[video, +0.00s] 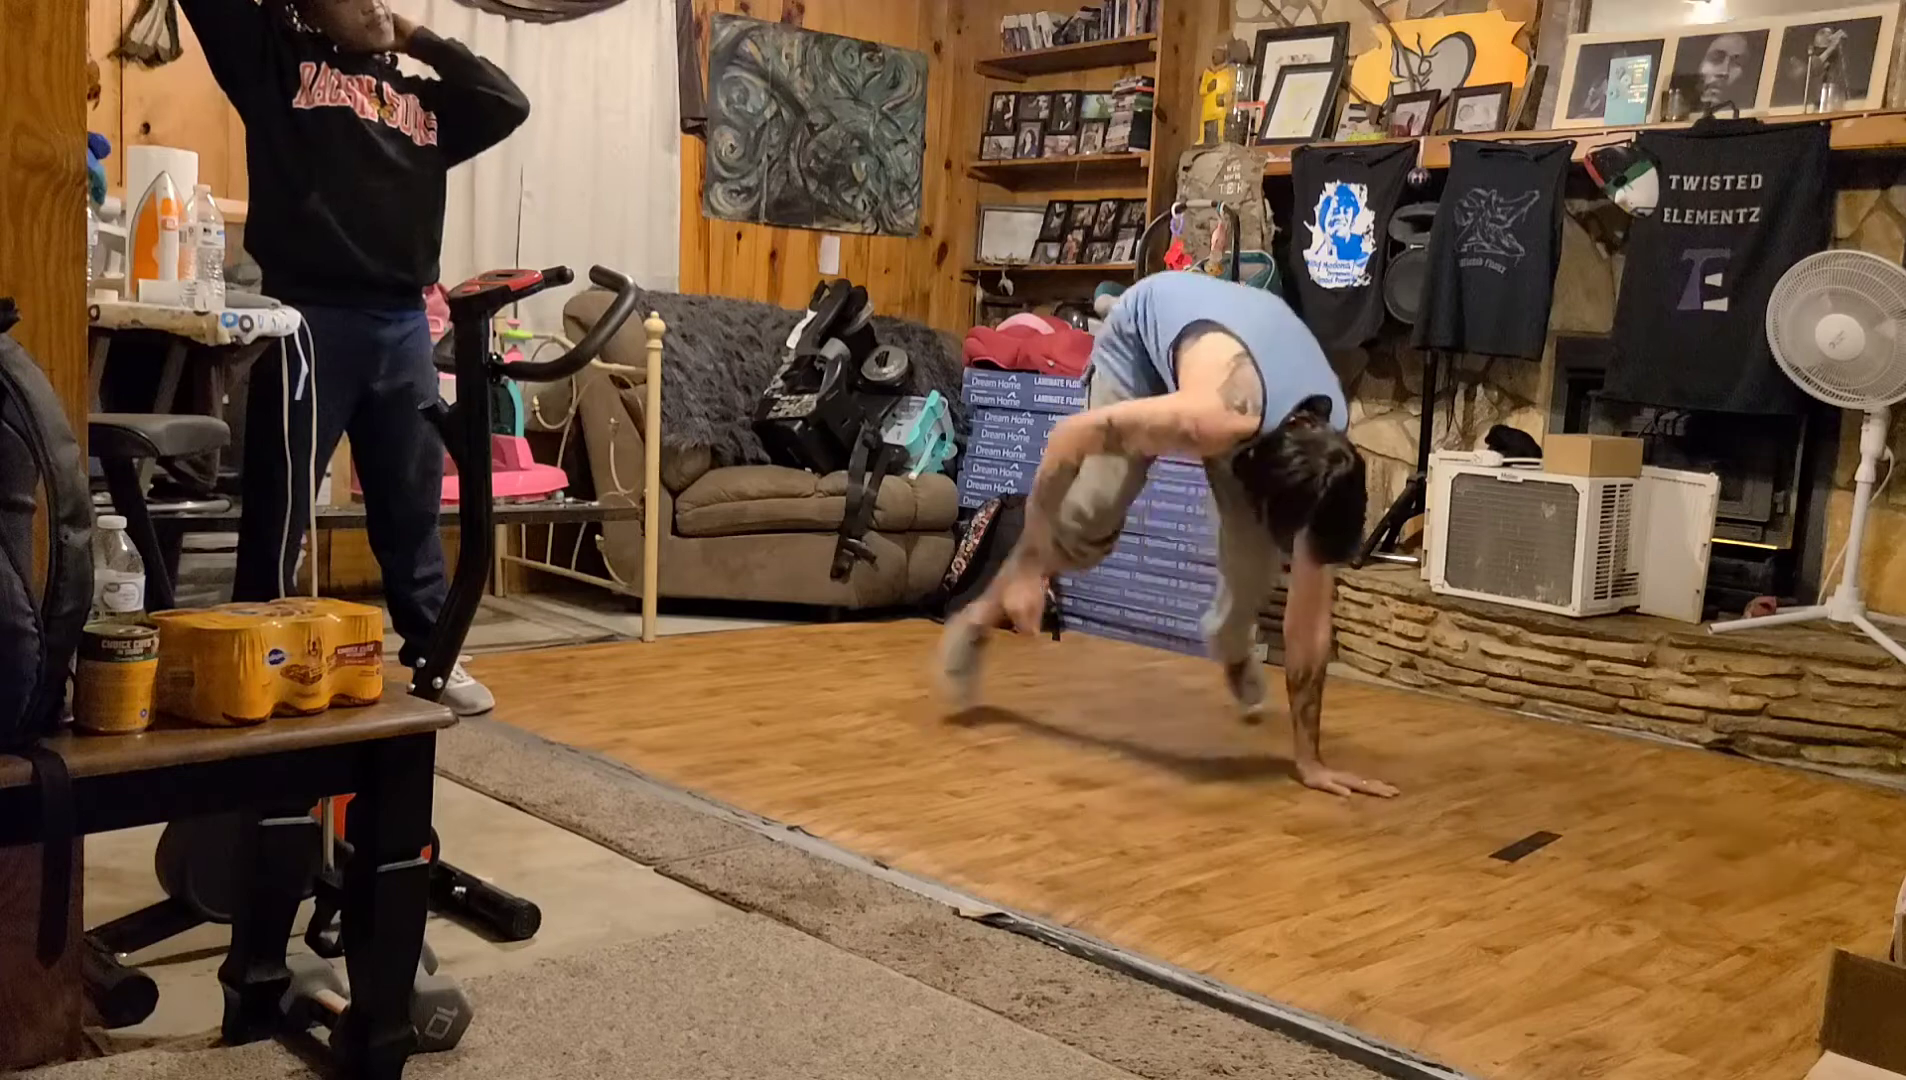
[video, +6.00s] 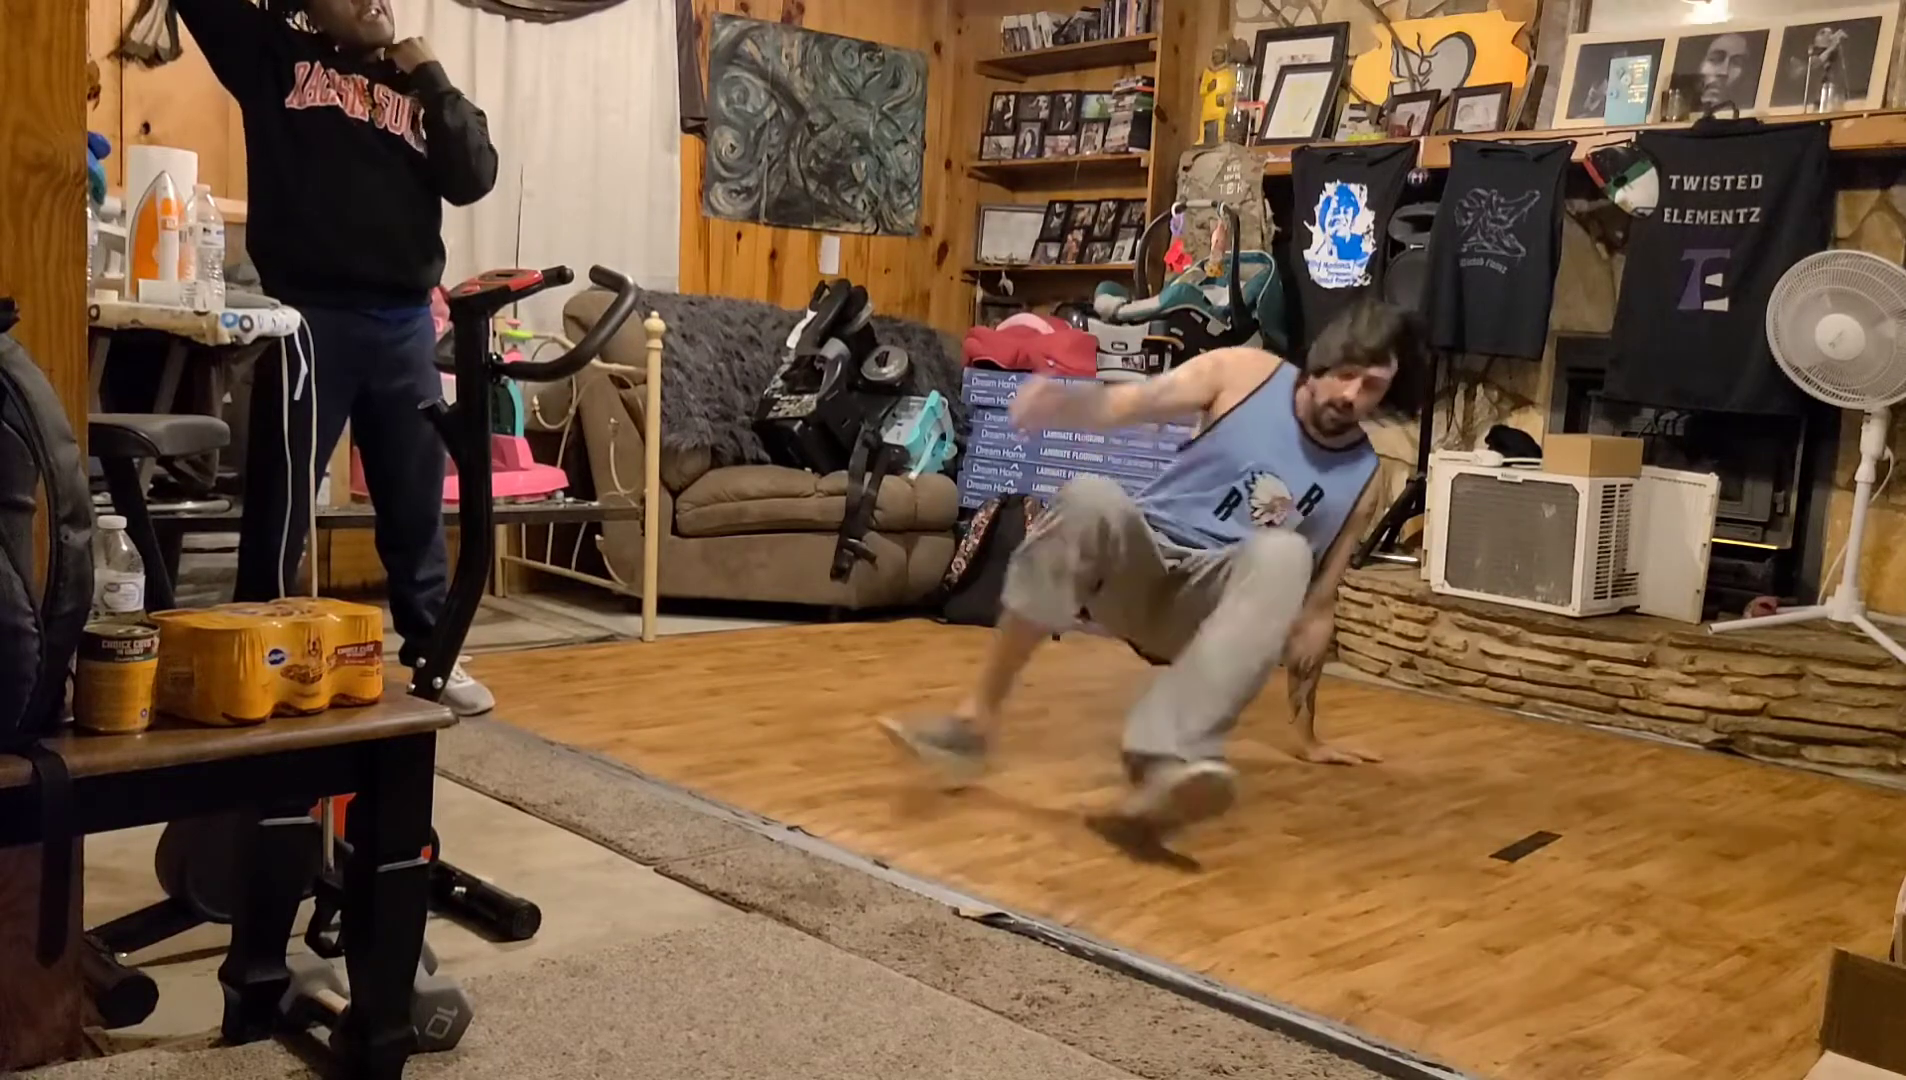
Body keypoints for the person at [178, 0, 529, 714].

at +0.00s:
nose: (378, 8)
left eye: (378, 0)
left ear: (383, 16)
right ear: (313, 10)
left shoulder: (421, 103)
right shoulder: (273, 57)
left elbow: (507, 105)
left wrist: (419, 38)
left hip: (401, 325)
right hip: (306, 320)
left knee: (412, 503)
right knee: (280, 504)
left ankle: (432, 657)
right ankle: (255, 663)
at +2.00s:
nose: (378, 10)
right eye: (355, 2)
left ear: (382, 13)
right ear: (315, 15)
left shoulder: (426, 96)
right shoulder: (278, 61)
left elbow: (510, 78)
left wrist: (416, 36)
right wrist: (282, 10)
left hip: (406, 326)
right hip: (314, 322)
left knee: (416, 505)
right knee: (286, 504)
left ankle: (432, 659)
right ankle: (259, 665)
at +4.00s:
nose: (365, 4)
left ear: (381, 10)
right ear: (305, 8)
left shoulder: (415, 88)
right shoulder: (271, 57)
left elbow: (492, 139)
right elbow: (199, 1)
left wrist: (407, 53)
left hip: (404, 322)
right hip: (308, 318)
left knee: (417, 501)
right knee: (280, 501)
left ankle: (431, 657)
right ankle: (255, 660)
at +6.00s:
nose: (378, 3)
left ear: (385, 8)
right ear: (310, 10)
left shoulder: (419, 86)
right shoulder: (272, 56)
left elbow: (472, 181)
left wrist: (430, 79)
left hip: (403, 324)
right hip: (306, 319)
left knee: (415, 502)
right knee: (280, 502)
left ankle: (433, 657)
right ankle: (256, 661)